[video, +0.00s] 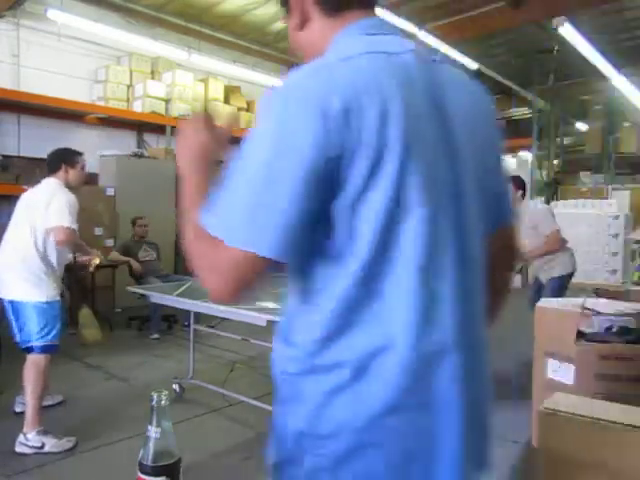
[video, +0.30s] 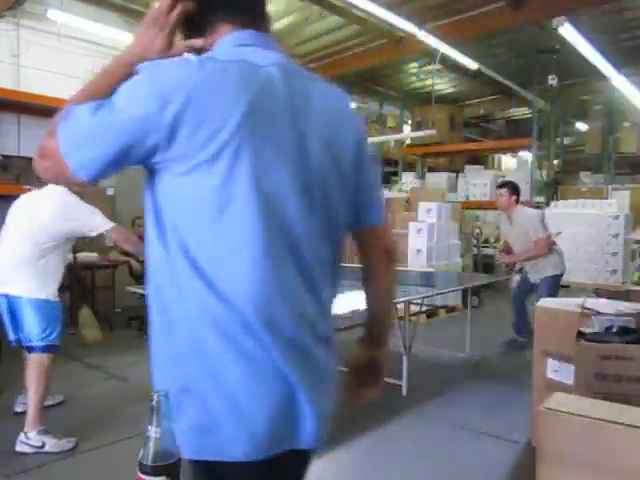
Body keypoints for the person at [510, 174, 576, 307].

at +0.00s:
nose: (506, 196)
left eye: (509, 191)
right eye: (506, 191)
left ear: (520, 193)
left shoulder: (538, 210)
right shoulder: (516, 215)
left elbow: (556, 242)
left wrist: (526, 256)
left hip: (560, 262)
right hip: (541, 265)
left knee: (547, 306)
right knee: (533, 303)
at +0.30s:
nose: (497, 200)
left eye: (501, 195)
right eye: (497, 195)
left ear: (513, 198)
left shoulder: (532, 216)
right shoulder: (504, 221)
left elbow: (543, 247)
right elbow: (509, 245)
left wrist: (512, 258)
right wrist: (503, 254)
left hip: (550, 265)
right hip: (530, 266)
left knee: (544, 303)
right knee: (517, 296)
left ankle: (545, 339)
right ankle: (523, 335)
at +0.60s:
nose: (506, 204)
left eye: (511, 199)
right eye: (505, 200)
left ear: (522, 201)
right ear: (503, 202)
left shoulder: (537, 218)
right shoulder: (506, 222)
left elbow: (553, 251)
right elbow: (500, 246)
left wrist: (527, 264)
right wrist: (503, 261)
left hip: (550, 269)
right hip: (528, 272)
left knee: (538, 303)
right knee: (513, 302)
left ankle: (545, 338)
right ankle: (523, 336)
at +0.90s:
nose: (520, 209)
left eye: (525, 205)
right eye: (519, 205)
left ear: (537, 207)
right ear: (517, 206)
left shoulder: (554, 229)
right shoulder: (515, 224)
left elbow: (566, 259)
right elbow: (494, 238)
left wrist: (552, 263)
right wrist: (479, 248)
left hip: (552, 275)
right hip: (530, 275)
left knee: (540, 306)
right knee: (512, 307)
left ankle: (543, 340)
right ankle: (524, 337)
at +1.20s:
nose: (517, 200)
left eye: (521, 196)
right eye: (516, 196)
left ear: (533, 199)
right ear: (516, 199)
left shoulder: (550, 223)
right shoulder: (514, 221)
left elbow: (566, 251)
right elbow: (497, 239)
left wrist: (543, 261)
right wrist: (505, 258)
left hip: (546, 273)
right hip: (523, 272)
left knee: (537, 308)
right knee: (504, 301)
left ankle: (543, 343)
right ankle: (509, 333)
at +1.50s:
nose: (500, 197)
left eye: (504, 193)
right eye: (500, 193)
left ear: (516, 196)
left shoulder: (533, 217)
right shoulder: (503, 218)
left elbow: (547, 244)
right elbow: (495, 239)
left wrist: (517, 257)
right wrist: (497, 252)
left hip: (542, 268)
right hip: (521, 268)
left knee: (541, 307)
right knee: (504, 296)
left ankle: (545, 344)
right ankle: (509, 333)